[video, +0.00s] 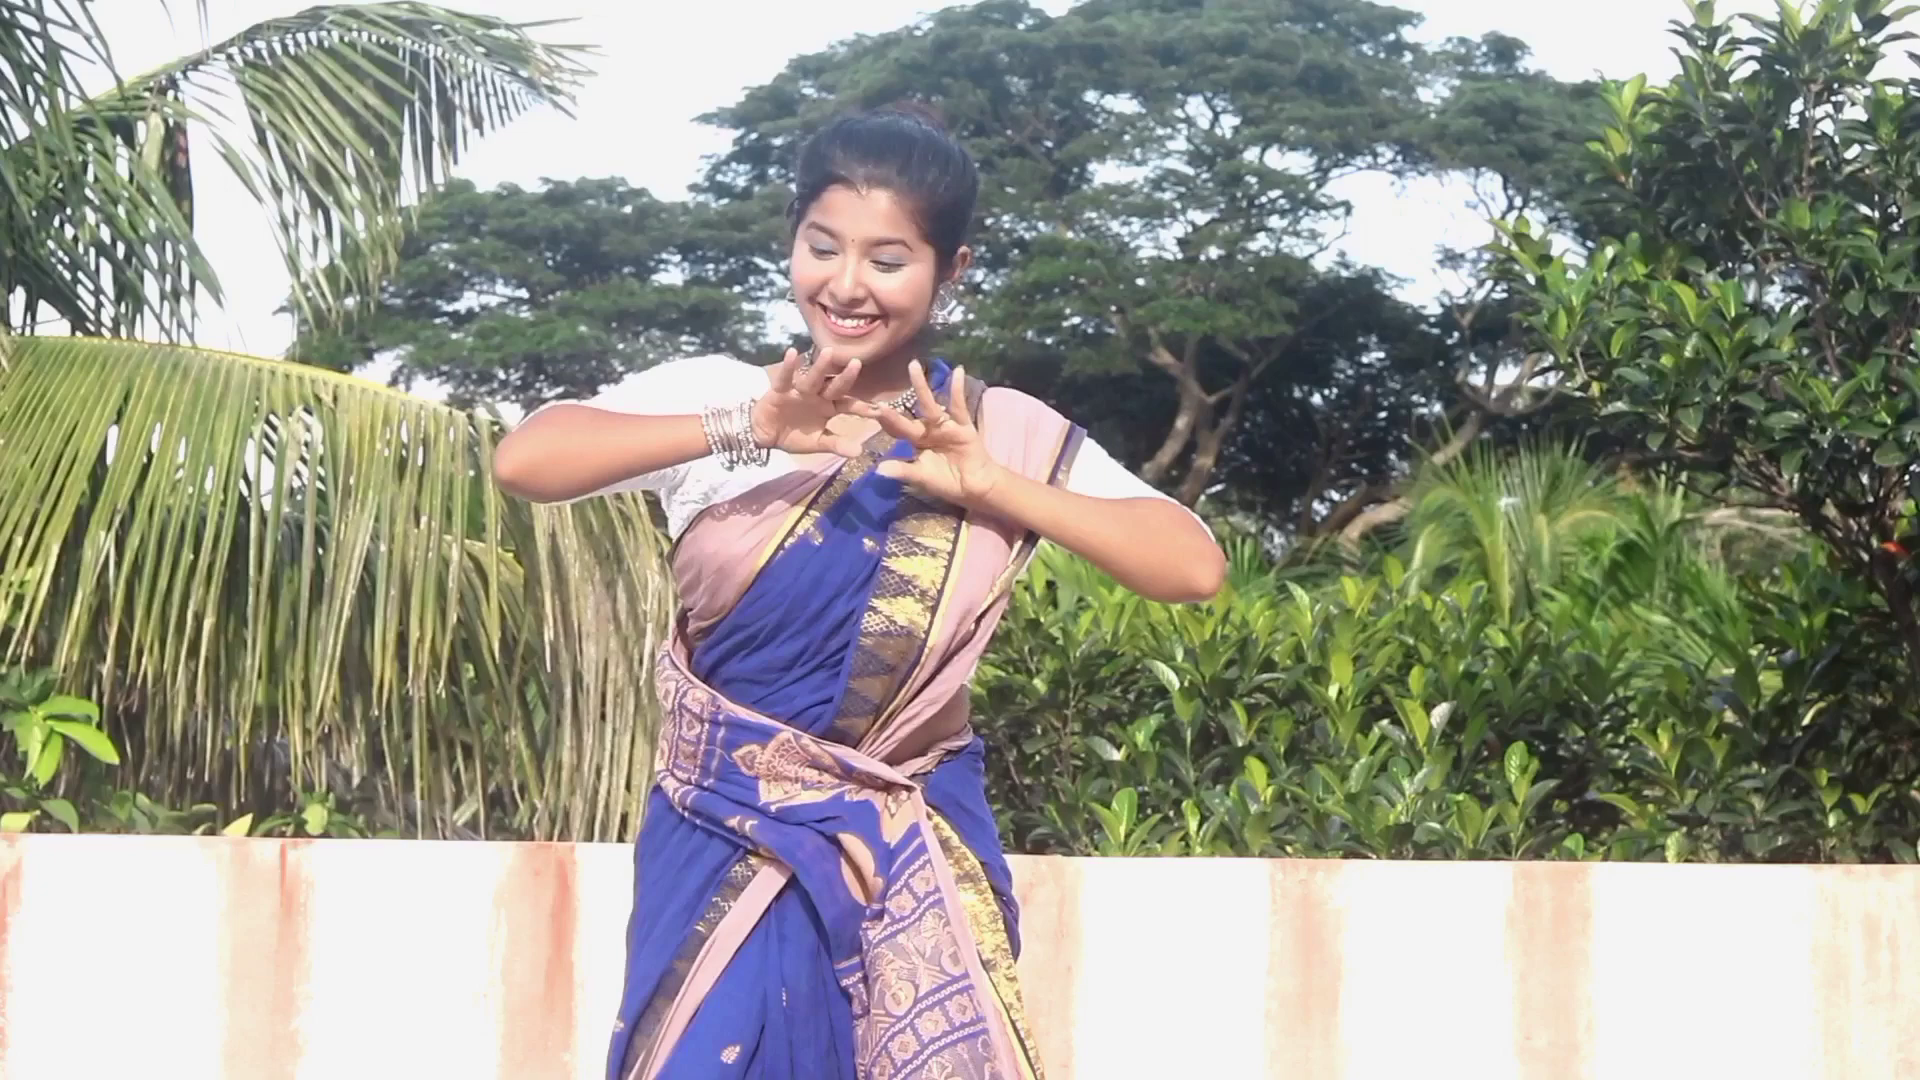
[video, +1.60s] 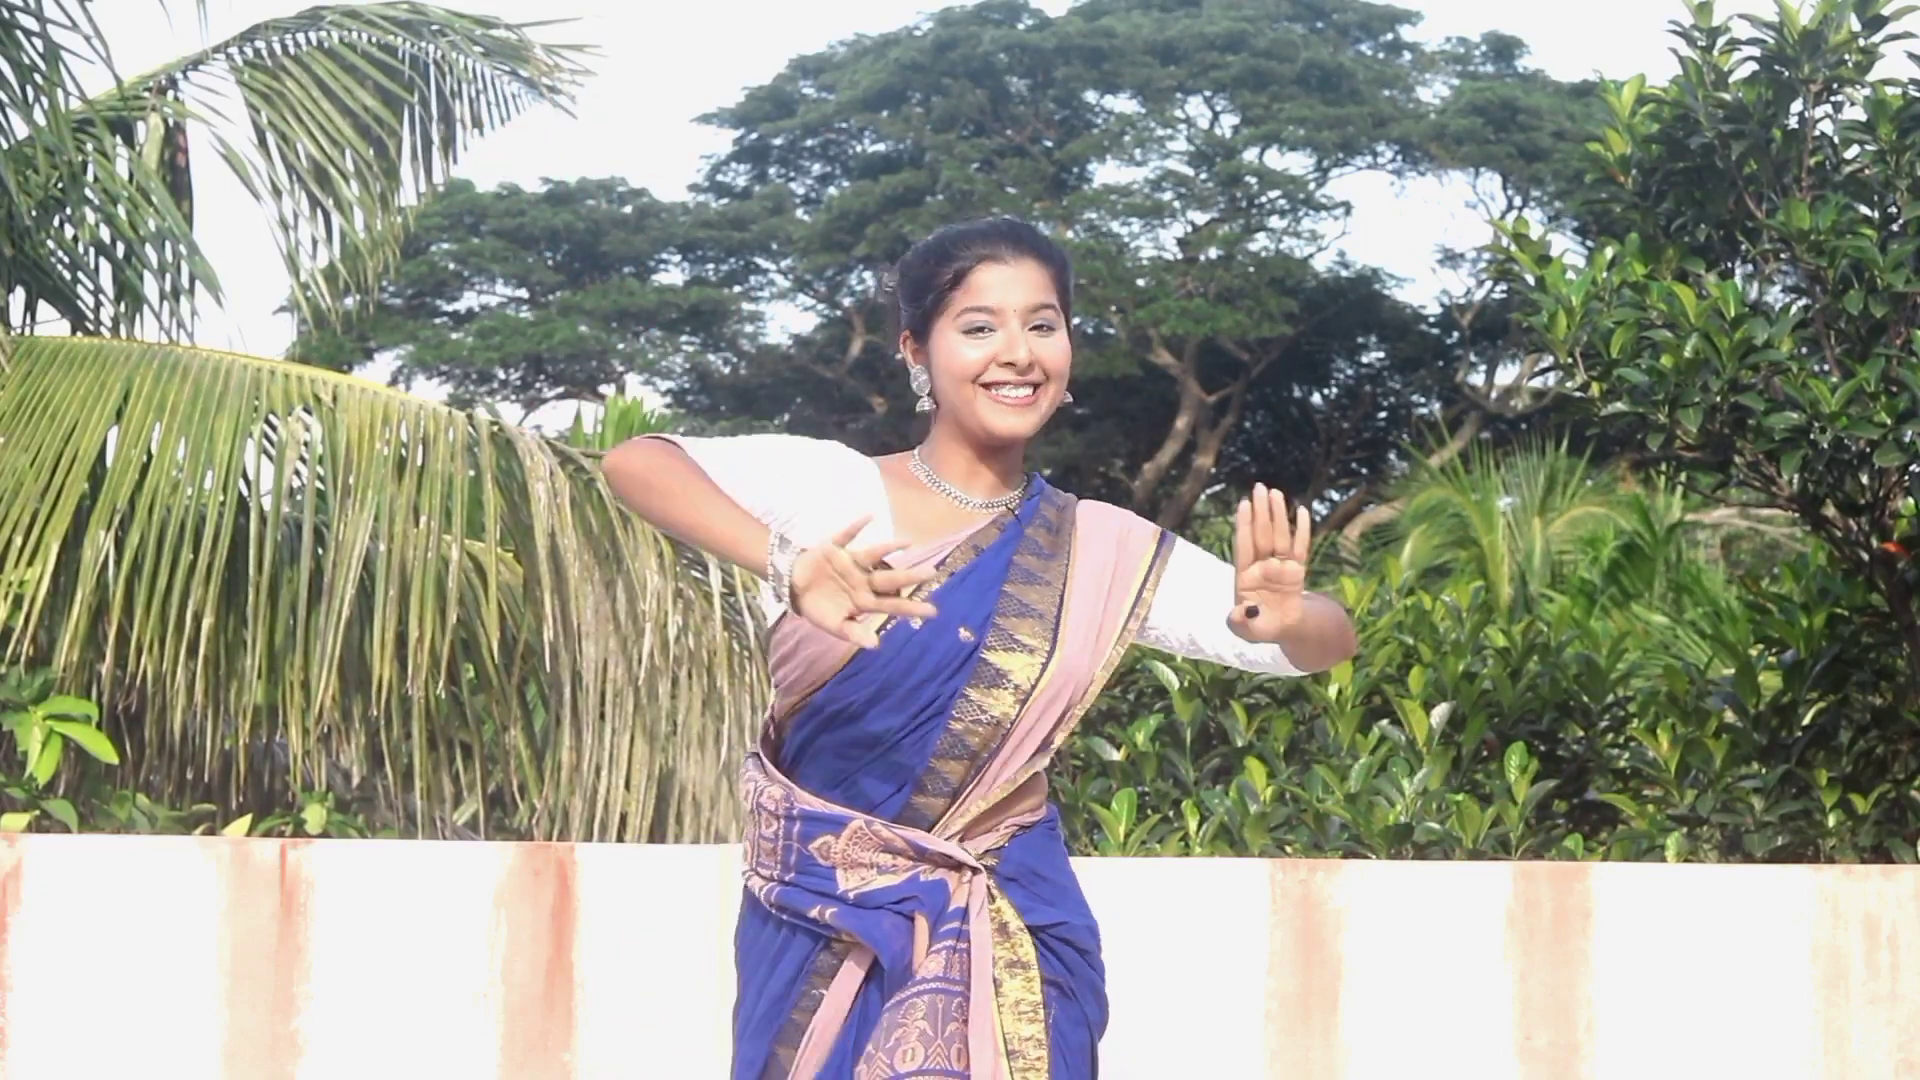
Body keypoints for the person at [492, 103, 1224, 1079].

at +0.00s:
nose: (847, 285)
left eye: (889, 259)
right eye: (823, 247)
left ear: (948, 272)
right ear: (791, 242)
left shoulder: (1006, 429)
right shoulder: (729, 390)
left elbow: (1196, 565)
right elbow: (523, 460)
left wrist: (996, 487)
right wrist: (746, 426)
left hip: (916, 838)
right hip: (723, 831)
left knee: (944, 1058)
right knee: (704, 1057)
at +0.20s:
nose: (906, 322)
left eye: (945, 296)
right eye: (881, 284)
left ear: (993, 321)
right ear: (842, 291)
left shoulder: (1034, 483)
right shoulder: (757, 442)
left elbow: (1233, 655)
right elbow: (510, 463)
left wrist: (1069, 584)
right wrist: (714, 452)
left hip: (946, 894)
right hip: (749, 883)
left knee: (968, 1056)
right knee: (762, 1054)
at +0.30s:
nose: (938, 339)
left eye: (978, 317)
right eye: (913, 301)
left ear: (1020, 344)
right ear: (868, 307)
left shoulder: (1052, 512)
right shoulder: (763, 469)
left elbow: (1240, 698)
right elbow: (512, 465)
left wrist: (1125, 632)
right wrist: (704, 447)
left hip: (963, 906)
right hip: (767, 898)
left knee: (981, 1061)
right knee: (772, 1061)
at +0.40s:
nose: (1011, 371)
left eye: (1045, 352)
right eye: (985, 332)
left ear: (1067, 385)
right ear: (919, 334)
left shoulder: (1078, 560)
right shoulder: (775, 480)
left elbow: (1231, 759)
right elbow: (527, 457)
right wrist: (655, 423)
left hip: (973, 930)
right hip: (781, 925)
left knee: (994, 1065)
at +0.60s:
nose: (1085, 423)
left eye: (1111, 411)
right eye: (1060, 382)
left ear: (1114, 442)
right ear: (976, 376)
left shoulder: (1089, 603)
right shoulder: (819, 508)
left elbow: (1234, 748)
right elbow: (607, 453)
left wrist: (1355, 799)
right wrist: (595, 347)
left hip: (985, 973)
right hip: (799, 973)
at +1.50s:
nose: (1057, 362)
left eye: (1083, 339)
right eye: (1023, 331)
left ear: (1103, 368)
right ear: (955, 348)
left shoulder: (1113, 557)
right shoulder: (824, 474)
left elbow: (1273, 652)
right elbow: (605, 429)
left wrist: (1378, 665)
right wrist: (627, 413)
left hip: (1008, 909)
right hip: (818, 909)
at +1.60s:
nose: (1017, 352)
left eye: (1042, 324)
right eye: (979, 326)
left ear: (1071, 349)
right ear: (918, 353)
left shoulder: (1104, 544)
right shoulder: (833, 484)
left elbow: (1331, 644)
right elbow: (631, 464)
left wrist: (1296, 619)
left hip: (1010, 918)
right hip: (822, 912)